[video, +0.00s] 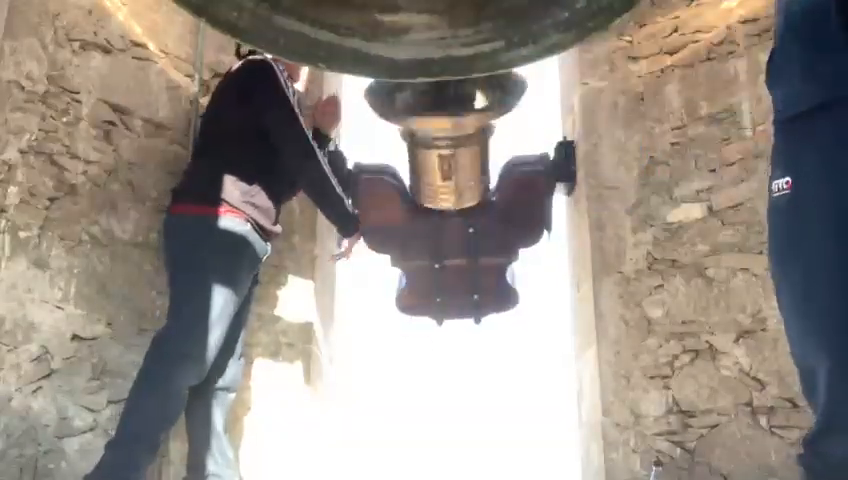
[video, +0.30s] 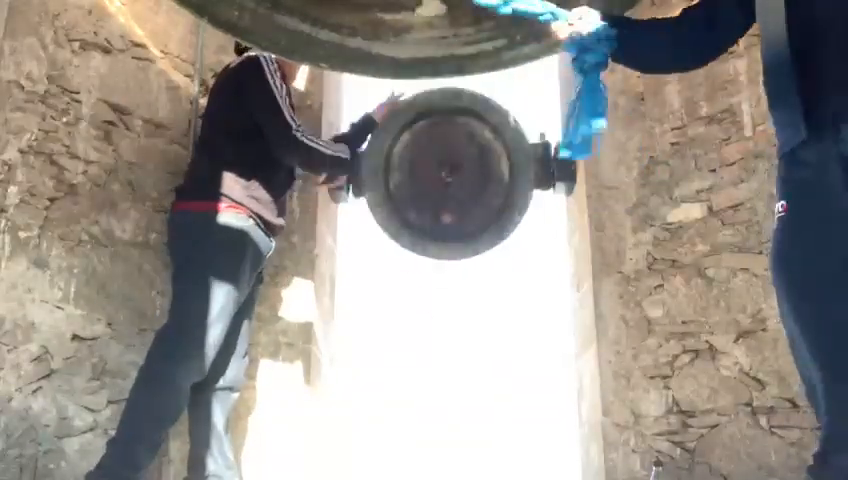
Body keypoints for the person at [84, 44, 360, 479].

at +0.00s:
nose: (304, 64)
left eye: (308, 57)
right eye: (301, 54)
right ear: (284, 50)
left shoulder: (286, 102)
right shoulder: (261, 73)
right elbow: (296, 152)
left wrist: (322, 136)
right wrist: (347, 222)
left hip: (248, 239)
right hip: (216, 225)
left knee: (221, 380)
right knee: (187, 358)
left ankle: (216, 473)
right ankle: (118, 470)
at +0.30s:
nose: (308, 62)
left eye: (310, 54)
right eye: (304, 50)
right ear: (283, 41)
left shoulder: (276, 91)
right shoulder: (257, 66)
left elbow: (316, 155)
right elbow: (289, 144)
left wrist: (368, 124)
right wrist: (352, 162)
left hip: (251, 237)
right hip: (220, 222)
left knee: (224, 378)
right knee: (187, 357)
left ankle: (215, 473)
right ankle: (117, 470)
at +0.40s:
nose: (306, 61)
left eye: (309, 54)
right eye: (303, 50)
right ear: (285, 43)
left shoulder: (276, 102)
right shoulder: (257, 67)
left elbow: (310, 178)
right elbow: (304, 131)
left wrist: (369, 163)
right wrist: (365, 128)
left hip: (251, 238)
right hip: (220, 222)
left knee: (225, 376)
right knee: (188, 357)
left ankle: (215, 473)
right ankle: (119, 470)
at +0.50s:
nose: (303, 61)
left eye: (304, 57)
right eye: (297, 53)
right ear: (275, 43)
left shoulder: (273, 119)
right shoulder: (255, 67)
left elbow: (307, 188)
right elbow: (324, 111)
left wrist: (373, 206)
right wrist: (372, 84)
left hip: (250, 241)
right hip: (216, 218)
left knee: (225, 380)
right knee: (186, 352)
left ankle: (216, 474)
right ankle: (117, 470)